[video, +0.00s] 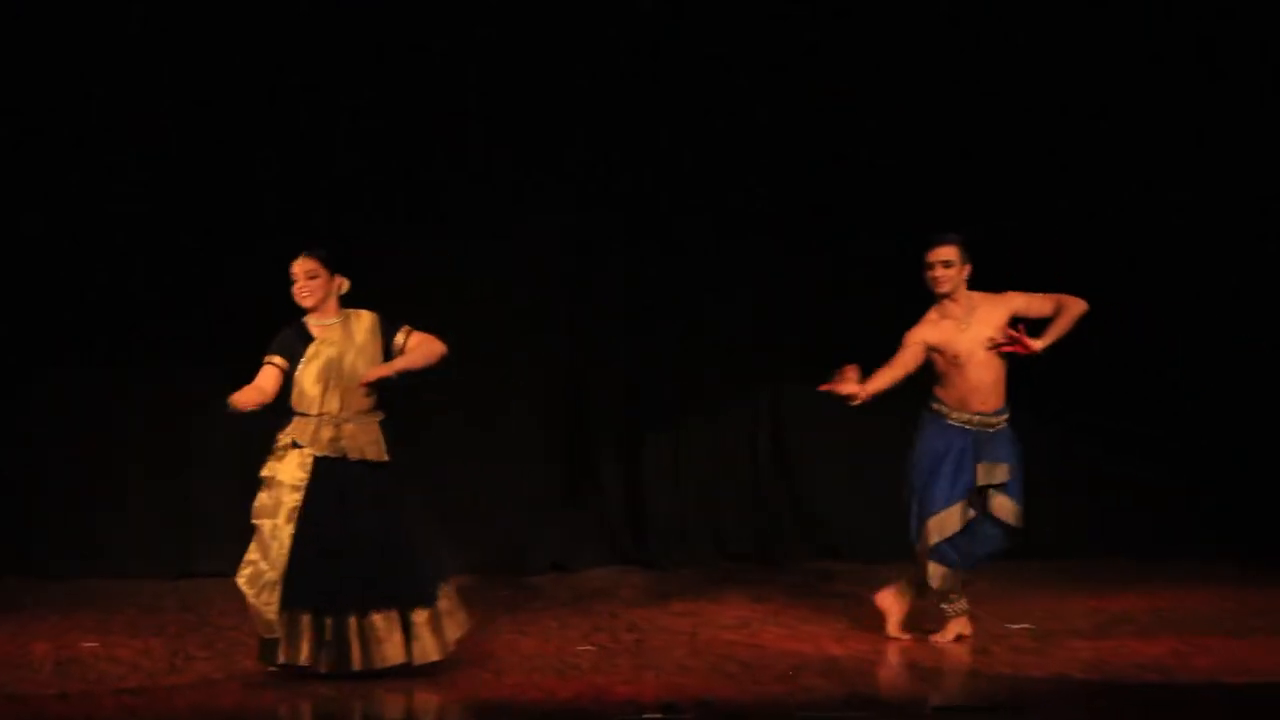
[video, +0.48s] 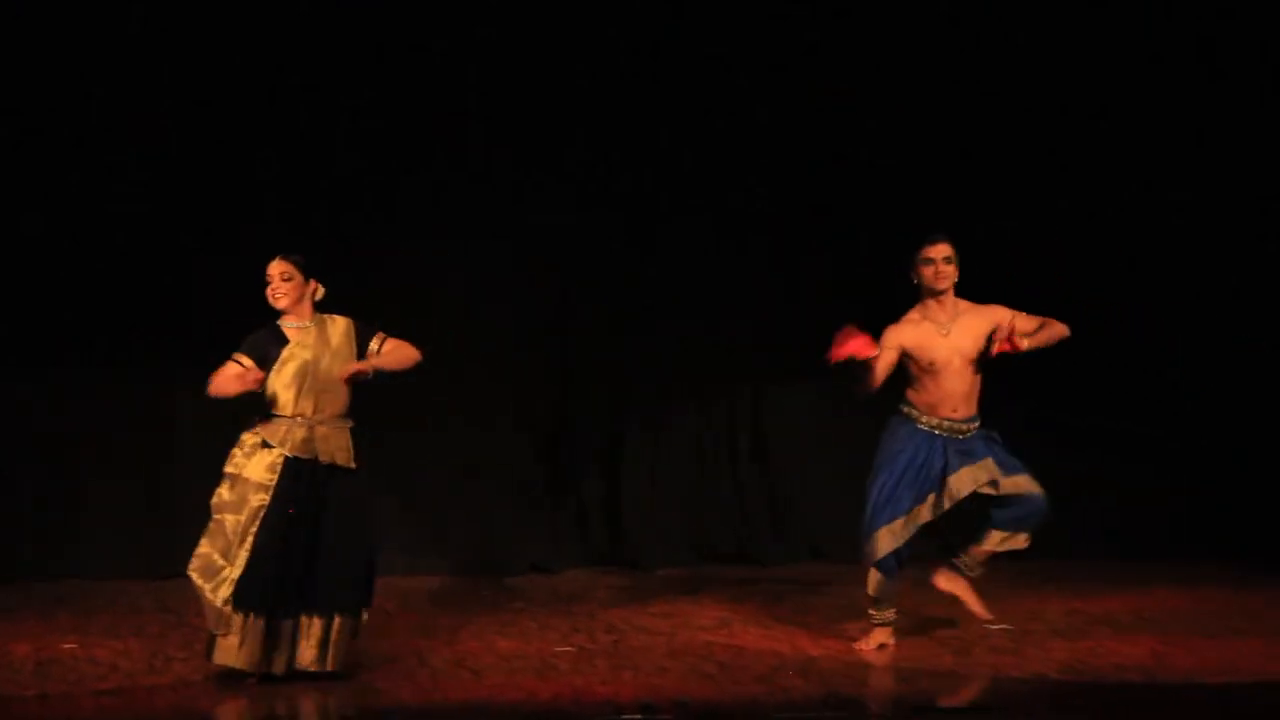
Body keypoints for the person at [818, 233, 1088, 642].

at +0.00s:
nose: (937, 273)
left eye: (946, 265)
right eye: (930, 267)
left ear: (966, 270)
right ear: (924, 274)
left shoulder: (1002, 305)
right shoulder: (926, 332)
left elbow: (1074, 305)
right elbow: (897, 369)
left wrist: (1042, 342)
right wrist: (863, 390)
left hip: (993, 429)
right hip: (946, 427)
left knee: (999, 520)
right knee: (939, 518)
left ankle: (903, 590)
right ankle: (957, 615)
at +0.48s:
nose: (940, 270)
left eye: (946, 262)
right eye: (930, 263)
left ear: (957, 269)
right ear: (916, 272)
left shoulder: (985, 317)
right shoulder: (901, 331)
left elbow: (1059, 329)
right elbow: (871, 385)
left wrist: (1025, 341)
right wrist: (864, 360)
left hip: (968, 436)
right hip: (916, 433)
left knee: (1028, 501)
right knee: (886, 522)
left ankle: (959, 572)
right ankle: (882, 625)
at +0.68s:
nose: (973, 256)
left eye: (976, 249)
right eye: (961, 249)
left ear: (981, 260)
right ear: (938, 261)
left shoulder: (997, 313)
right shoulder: (914, 312)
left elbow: (1075, 318)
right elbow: (856, 350)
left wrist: (1067, 266)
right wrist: (907, 346)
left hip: (981, 431)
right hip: (924, 430)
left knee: (1014, 522)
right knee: (896, 521)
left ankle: (990, 625)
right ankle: (899, 609)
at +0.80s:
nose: (1009, 261)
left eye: (1011, 254)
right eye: (997, 254)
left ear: (1013, 266)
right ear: (972, 266)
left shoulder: (1027, 321)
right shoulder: (940, 314)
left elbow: (1094, 298)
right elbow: (875, 338)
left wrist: (1134, 244)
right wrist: (932, 345)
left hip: (1005, 438)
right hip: (951, 442)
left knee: (1025, 528)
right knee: (953, 534)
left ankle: (1006, 622)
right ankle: (1018, 588)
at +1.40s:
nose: (982, 261)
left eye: (992, 256)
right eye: (973, 254)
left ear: (1004, 269)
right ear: (960, 266)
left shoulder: (1022, 322)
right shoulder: (936, 316)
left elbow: (1098, 330)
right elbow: (876, 335)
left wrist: (1066, 288)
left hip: (1011, 439)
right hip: (950, 440)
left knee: (1066, 530)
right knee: (920, 524)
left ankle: (1052, 626)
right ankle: (946, 616)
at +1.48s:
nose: (957, 266)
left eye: (968, 260)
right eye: (951, 260)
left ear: (985, 274)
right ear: (942, 271)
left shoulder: (1003, 323)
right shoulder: (925, 322)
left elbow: (1087, 331)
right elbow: (867, 317)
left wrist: (1034, 327)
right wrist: (846, 263)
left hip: (996, 446)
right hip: (939, 448)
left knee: (1061, 524)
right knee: (917, 541)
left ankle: (1023, 614)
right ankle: (931, 639)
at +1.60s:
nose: (927, 274)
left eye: (938, 267)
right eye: (922, 268)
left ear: (958, 280)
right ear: (916, 279)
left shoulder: (988, 330)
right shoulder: (904, 329)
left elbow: (1063, 333)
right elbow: (857, 292)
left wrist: (1019, 359)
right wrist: (804, 259)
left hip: (974, 454)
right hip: (919, 453)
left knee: (1023, 533)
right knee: (906, 544)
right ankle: (928, 642)